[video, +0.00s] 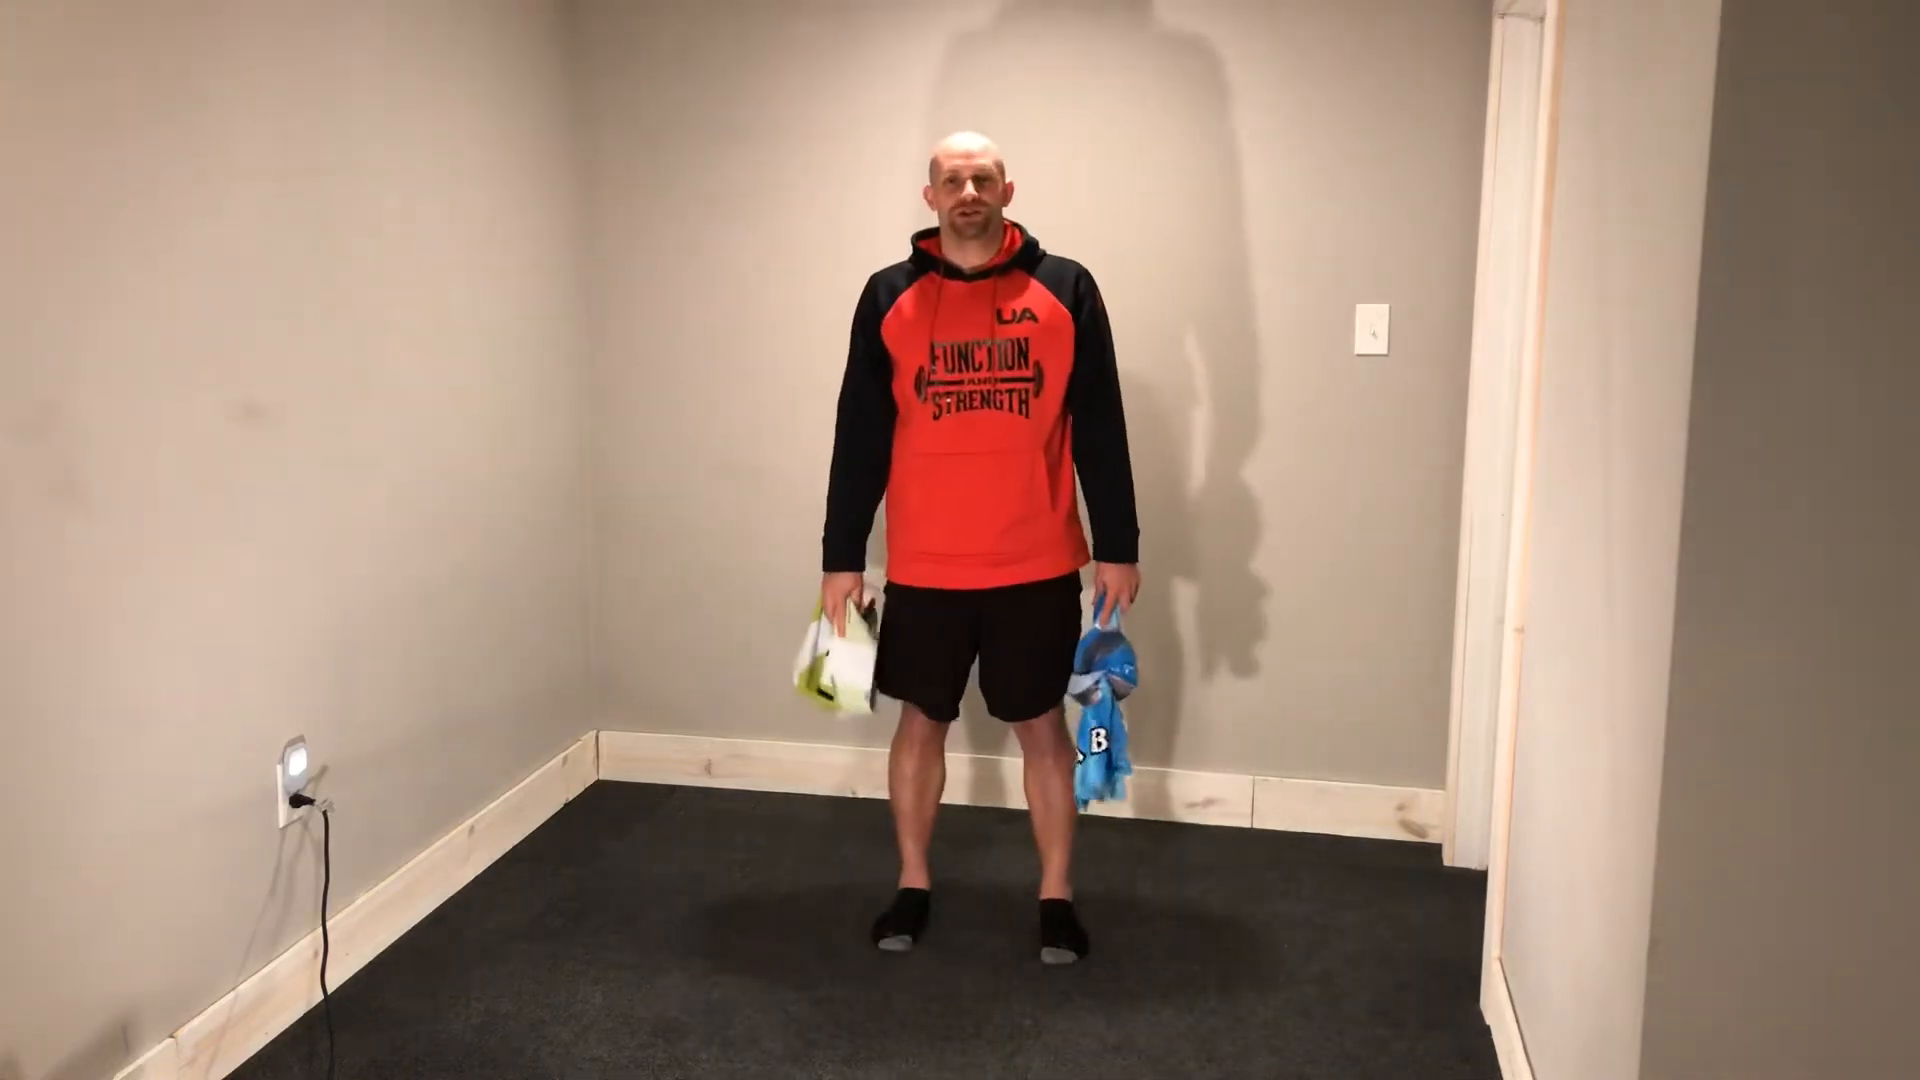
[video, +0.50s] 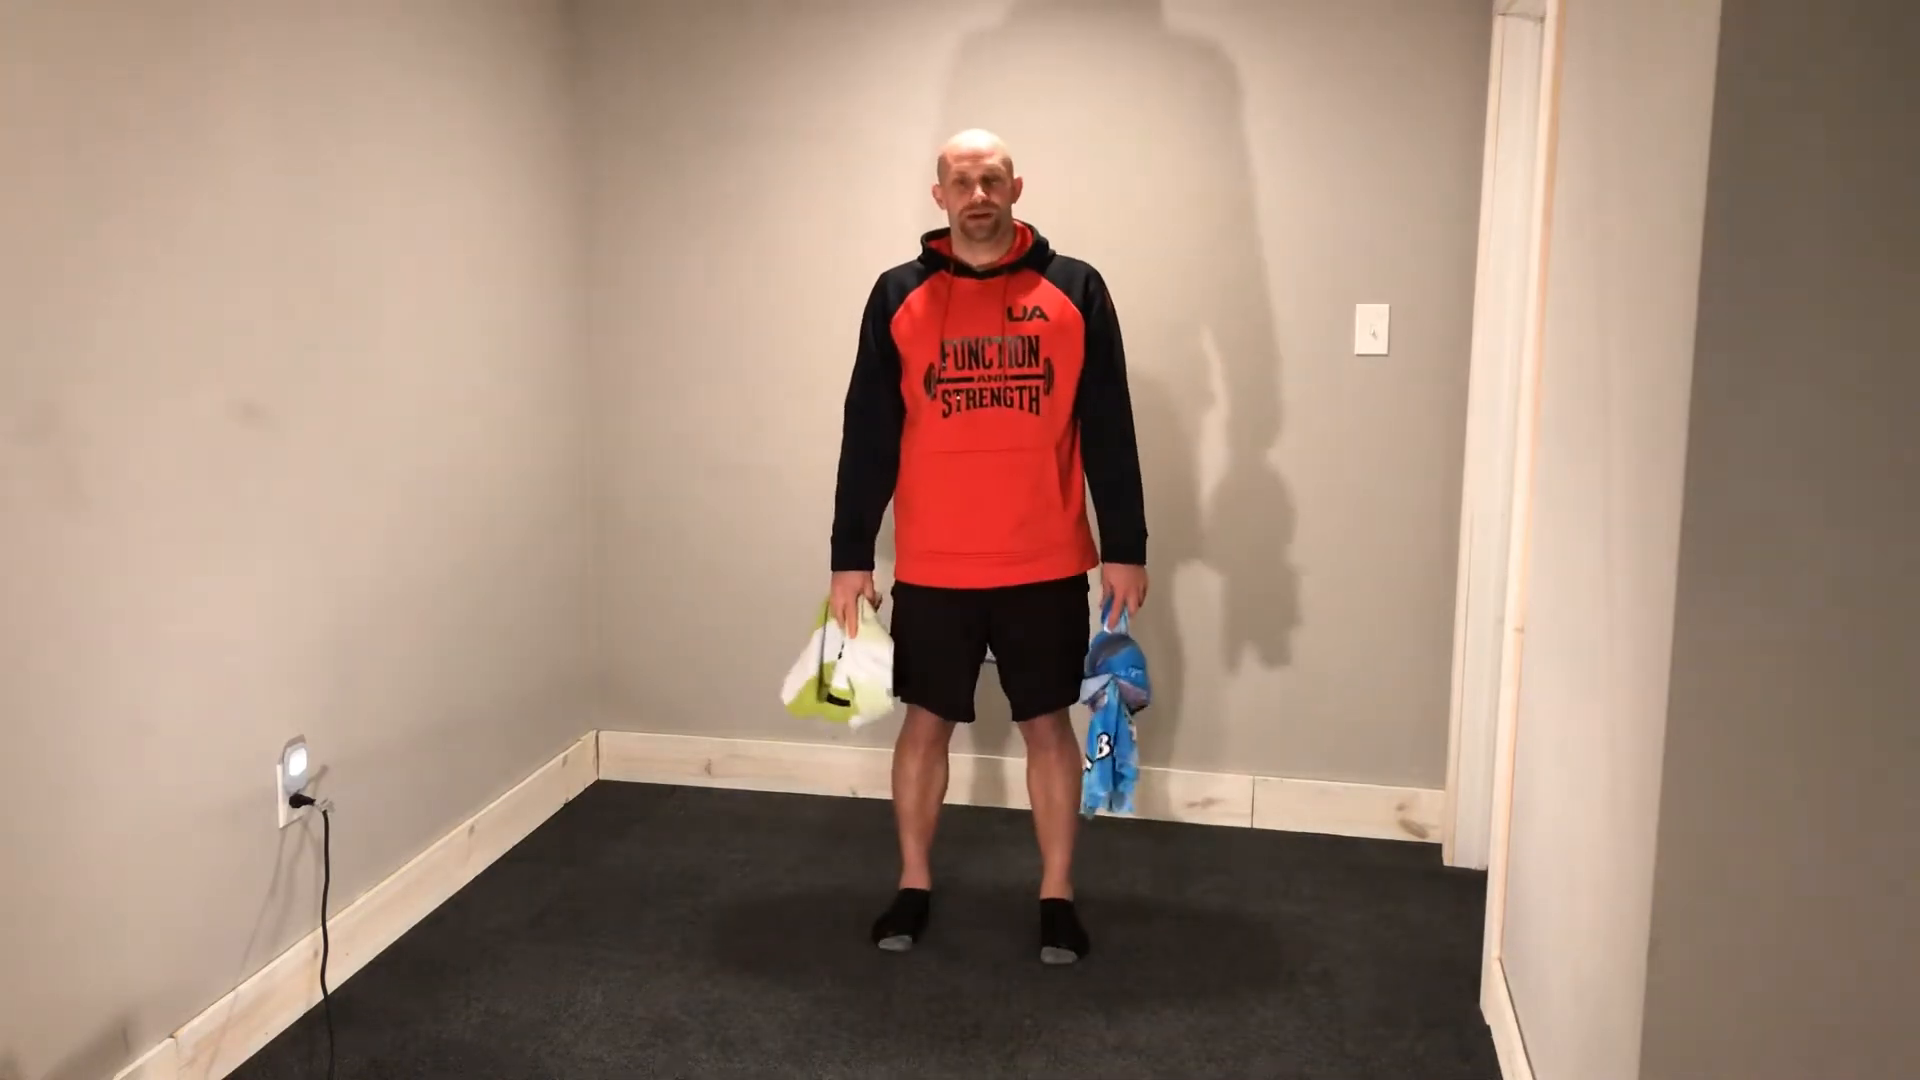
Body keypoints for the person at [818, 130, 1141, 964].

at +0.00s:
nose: (968, 191)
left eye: (981, 177)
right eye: (951, 180)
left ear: (1008, 191)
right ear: (929, 198)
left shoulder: (1065, 291)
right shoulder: (890, 297)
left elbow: (1099, 426)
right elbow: (860, 433)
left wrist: (1118, 547)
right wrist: (842, 555)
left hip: (1034, 561)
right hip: (926, 564)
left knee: (1042, 729)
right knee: (920, 724)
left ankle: (1057, 900)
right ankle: (911, 890)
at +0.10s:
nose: (969, 192)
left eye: (982, 178)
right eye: (953, 180)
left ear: (1010, 191)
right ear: (931, 197)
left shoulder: (1067, 291)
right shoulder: (892, 297)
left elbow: (1102, 425)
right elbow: (862, 434)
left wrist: (1122, 546)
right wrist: (842, 555)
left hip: (1036, 561)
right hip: (928, 564)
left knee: (1042, 725)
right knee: (921, 723)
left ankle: (1058, 899)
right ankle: (911, 889)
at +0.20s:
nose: (972, 191)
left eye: (985, 178)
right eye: (956, 180)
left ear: (1013, 190)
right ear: (934, 197)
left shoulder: (1070, 291)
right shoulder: (894, 296)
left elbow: (1105, 426)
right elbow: (864, 433)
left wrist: (1126, 547)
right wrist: (844, 555)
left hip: (1038, 560)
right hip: (930, 563)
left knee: (1045, 726)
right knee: (923, 723)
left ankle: (1058, 899)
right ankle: (911, 889)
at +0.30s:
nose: (975, 191)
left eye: (988, 178)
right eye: (958, 180)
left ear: (1014, 189)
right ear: (936, 197)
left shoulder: (1072, 291)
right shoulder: (897, 296)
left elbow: (1107, 426)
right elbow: (866, 432)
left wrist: (1127, 548)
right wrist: (847, 554)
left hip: (1041, 560)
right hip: (934, 563)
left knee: (1047, 726)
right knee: (925, 723)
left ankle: (1058, 899)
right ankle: (911, 890)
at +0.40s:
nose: (977, 194)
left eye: (990, 180)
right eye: (961, 182)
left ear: (1015, 189)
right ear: (938, 197)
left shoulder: (1074, 291)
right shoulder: (898, 297)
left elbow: (1108, 426)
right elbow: (868, 433)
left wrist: (1126, 548)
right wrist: (850, 556)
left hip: (1042, 560)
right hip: (934, 563)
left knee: (1047, 726)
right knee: (925, 724)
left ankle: (1058, 899)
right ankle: (912, 890)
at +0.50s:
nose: (978, 194)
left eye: (990, 179)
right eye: (961, 182)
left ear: (1016, 189)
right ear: (939, 196)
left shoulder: (1075, 291)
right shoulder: (899, 296)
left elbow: (1108, 425)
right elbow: (868, 433)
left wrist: (1125, 547)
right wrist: (851, 556)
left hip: (1042, 561)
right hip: (934, 564)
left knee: (1048, 727)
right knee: (924, 725)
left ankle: (1058, 898)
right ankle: (912, 889)